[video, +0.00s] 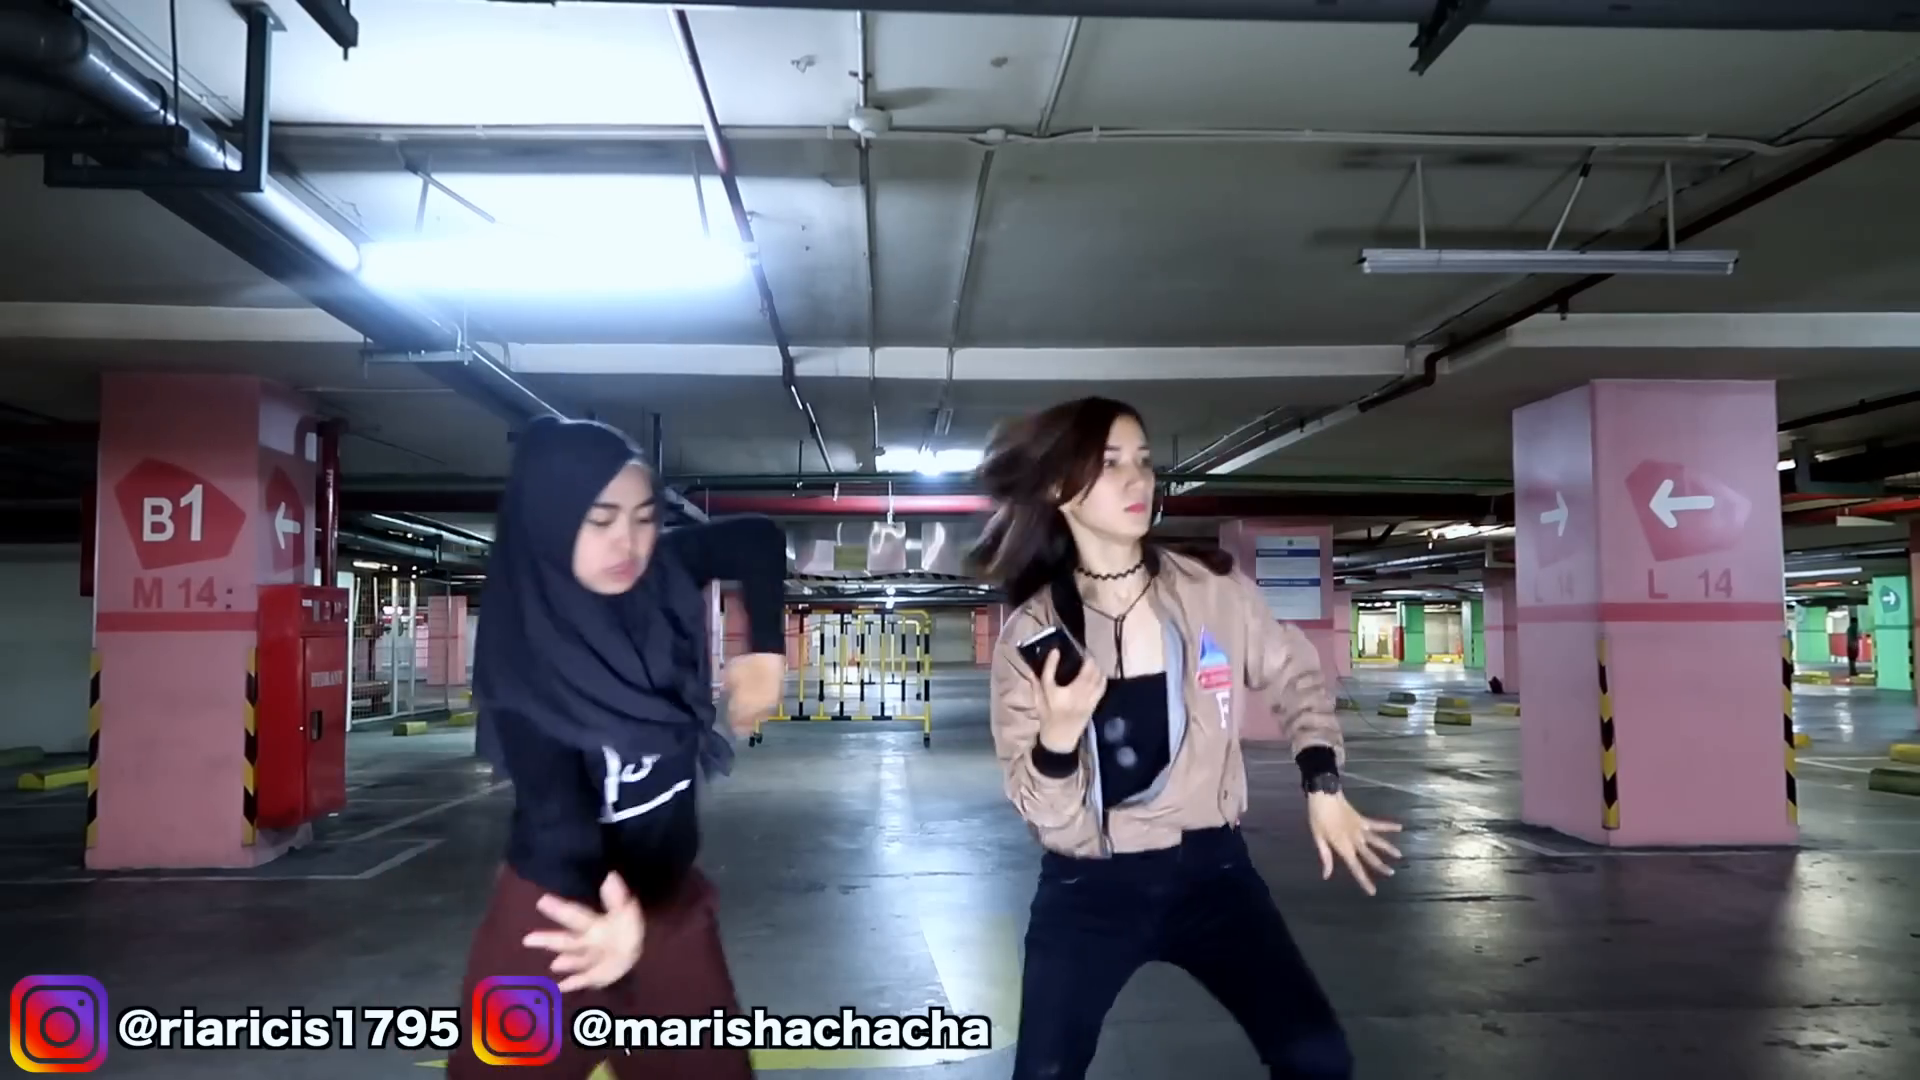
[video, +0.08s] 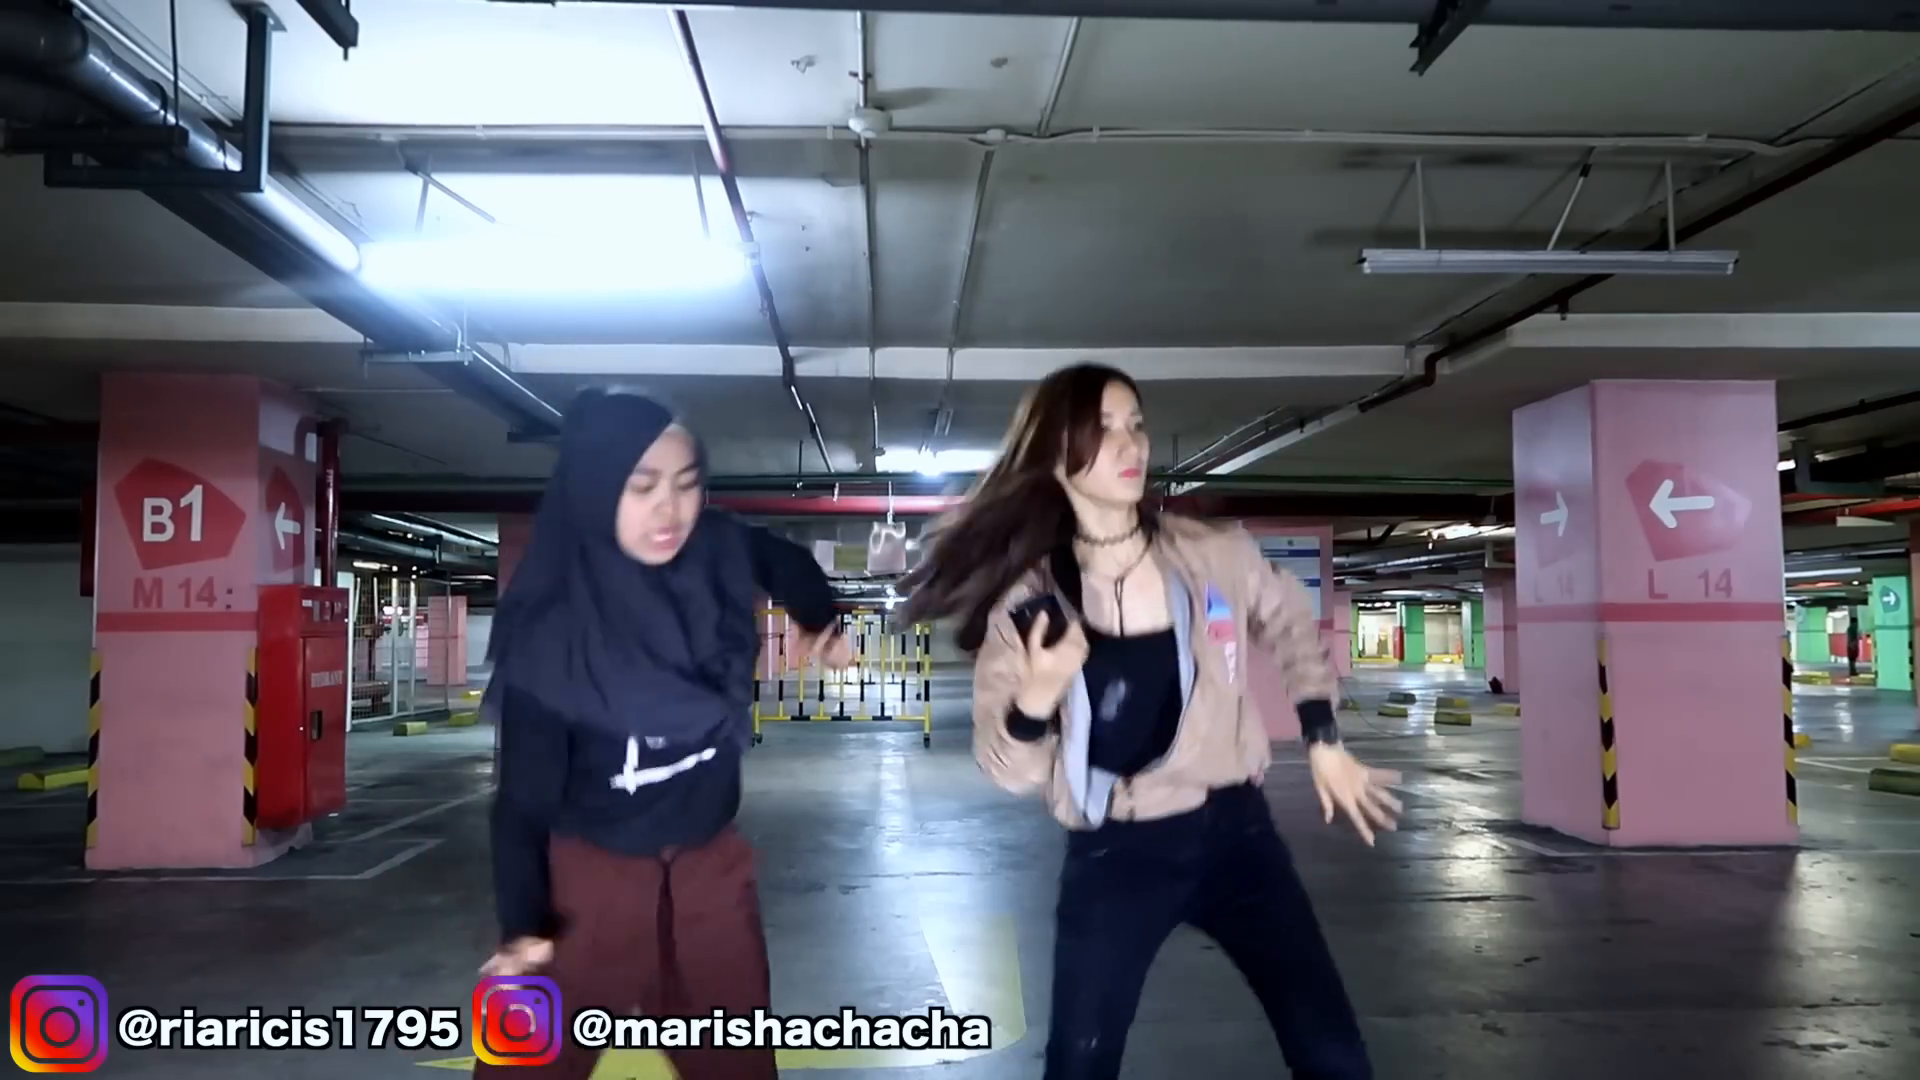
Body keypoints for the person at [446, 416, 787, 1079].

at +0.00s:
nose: (630, 544)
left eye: (644, 517)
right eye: (602, 519)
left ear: (657, 516)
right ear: (546, 521)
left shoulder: (656, 566)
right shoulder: (522, 644)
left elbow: (759, 539)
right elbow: (551, 798)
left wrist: (764, 653)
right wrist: (607, 912)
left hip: (670, 897)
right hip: (554, 898)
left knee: (714, 1067)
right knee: (497, 1066)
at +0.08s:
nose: (672, 510)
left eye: (687, 483)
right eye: (644, 488)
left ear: (702, 481)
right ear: (592, 493)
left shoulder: (718, 546)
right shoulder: (549, 613)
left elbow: (788, 564)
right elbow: (523, 791)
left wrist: (822, 616)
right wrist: (523, 927)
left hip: (712, 859)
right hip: (590, 865)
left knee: (740, 1061)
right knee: (548, 1062)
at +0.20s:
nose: (726, 495)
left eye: (745, 469)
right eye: (698, 470)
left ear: (762, 471)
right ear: (651, 473)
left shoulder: (774, 573)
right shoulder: (583, 561)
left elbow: (824, 733)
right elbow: (538, 697)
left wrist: (851, 628)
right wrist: (497, 823)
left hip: (712, 844)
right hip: (580, 834)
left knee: (740, 1061)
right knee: (569, 1060)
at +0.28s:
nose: (755, 529)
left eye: (775, 502)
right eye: (727, 504)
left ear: (795, 507)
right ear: (682, 503)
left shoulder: (788, 615)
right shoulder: (623, 570)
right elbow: (561, 667)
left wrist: (797, 691)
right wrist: (521, 785)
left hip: (721, 855)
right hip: (596, 836)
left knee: (748, 1065)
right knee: (587, 1033)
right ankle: (615, 1061)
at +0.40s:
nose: (770, 525)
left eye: (794, 503)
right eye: (749, 496)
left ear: (814, 511)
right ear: (709, 496)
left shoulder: (789, 618)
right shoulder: (651, 550)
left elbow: (680, 769)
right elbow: (620, 671)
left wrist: (737, 685)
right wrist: (580, 748)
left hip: (723, 856)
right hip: (603, 834)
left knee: (745, 1063)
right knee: (546, 1006)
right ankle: (608, 1064)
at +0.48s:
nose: (774, 493)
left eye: (799, 470)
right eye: (753, 462)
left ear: (818, 481)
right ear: (711, 462)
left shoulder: (779, 595)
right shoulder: (653, 525)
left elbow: (641, 748)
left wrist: (734, 653)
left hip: (709, 836)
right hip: (589, 813)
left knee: (745, 1065)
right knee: (517, 1047)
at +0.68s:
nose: (729, 509)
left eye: (754, 487)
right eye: (707, 482)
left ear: (775, 502)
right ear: (671, 488)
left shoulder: (760, 618)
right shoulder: (626, 557)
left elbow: (682, 800)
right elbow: (572, 676)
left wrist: (635, 722)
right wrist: (492, 758)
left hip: (690, 877)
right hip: (567, 872)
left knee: (735, 1068)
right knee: (537, 1067)